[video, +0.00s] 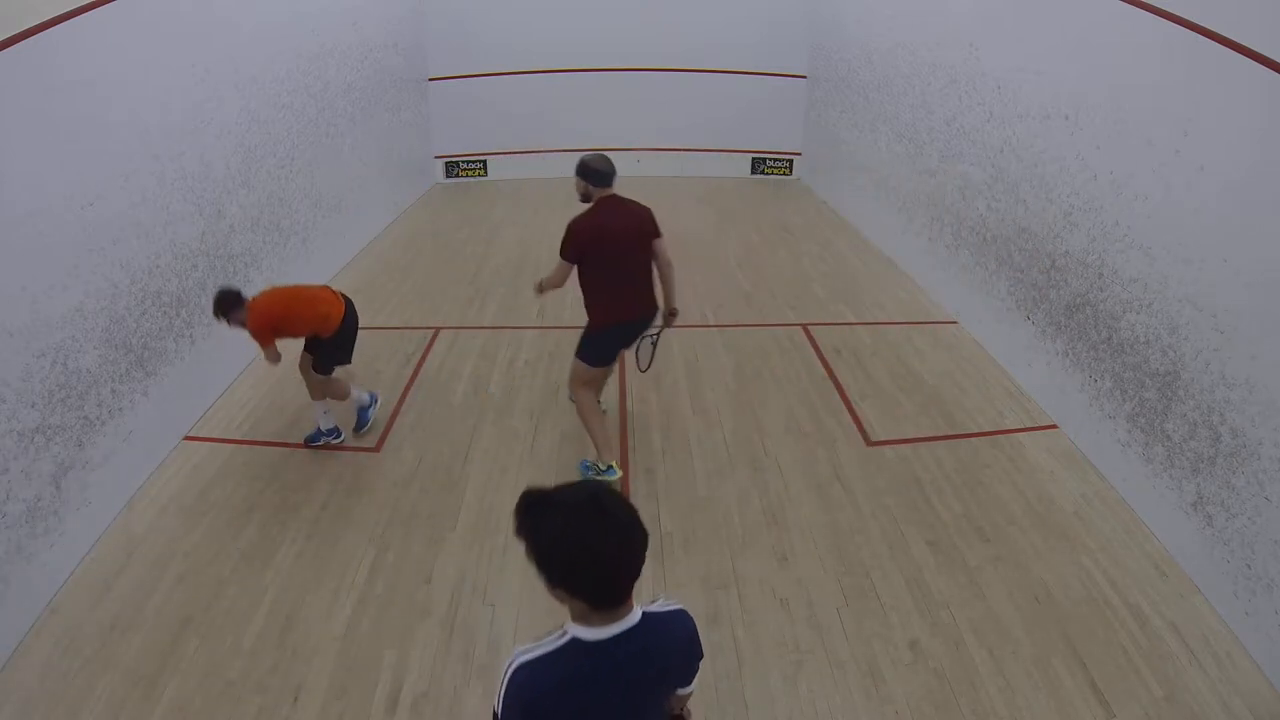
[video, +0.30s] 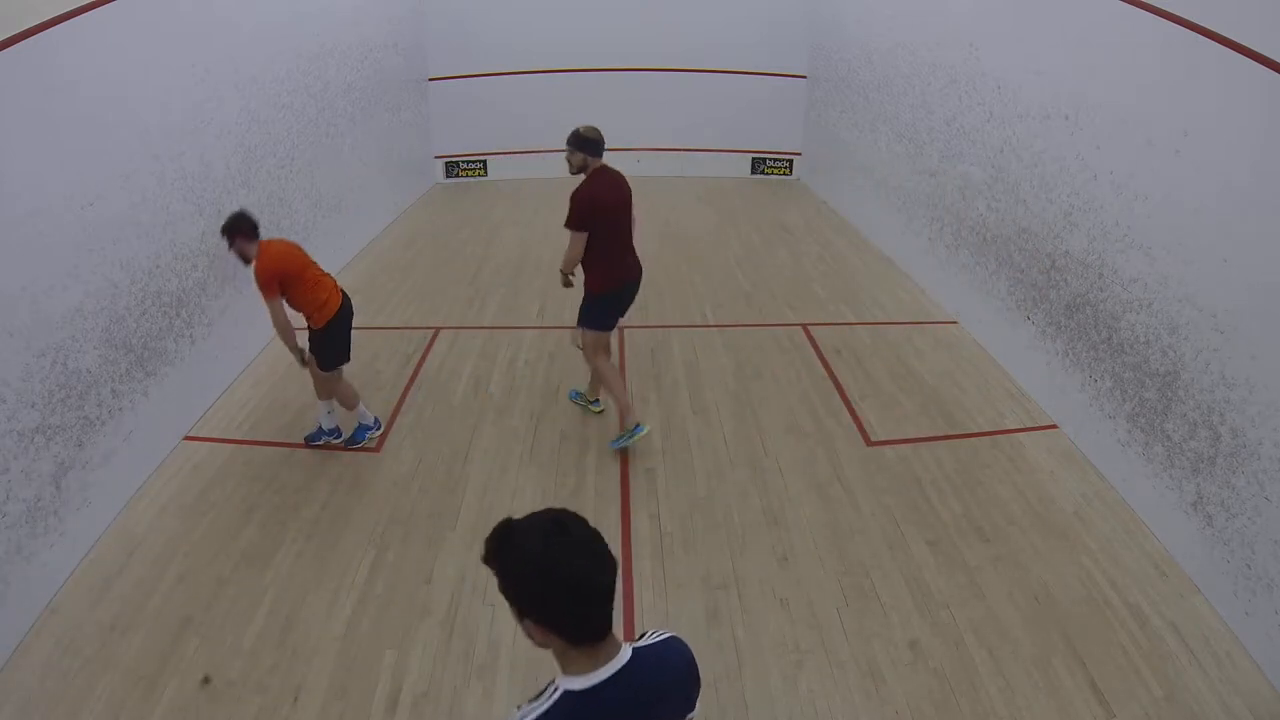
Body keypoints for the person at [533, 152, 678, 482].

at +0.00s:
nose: (575, 186)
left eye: (577, 181)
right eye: (576, 180)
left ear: (586, 184)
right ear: (611, 181)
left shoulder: (581, 226)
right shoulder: (641, 213)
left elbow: (559, 278)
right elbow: (664, 261)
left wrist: (543, 285)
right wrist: (670, 305)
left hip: (607, 322)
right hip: (643, 313)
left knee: (582, 389)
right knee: (607, 352)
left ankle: (607, 462)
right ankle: (590, 396)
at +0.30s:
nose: (566, 158)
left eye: (569, 153)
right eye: (567, 152)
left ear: (583, 155)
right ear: (596, 154)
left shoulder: (584, 195)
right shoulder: (618, 180)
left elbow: (575, 252)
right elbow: (623, 229)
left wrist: (565, 270)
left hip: (604, 283)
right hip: (629, 273)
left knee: (594, 350)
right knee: (598, 336)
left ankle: (630, 423)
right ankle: (593, 395)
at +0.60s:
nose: (596, 156)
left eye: (602, 152)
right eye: (595, 150)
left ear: (618, 154)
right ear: (598, 150)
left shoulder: (626, 189)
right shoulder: (609, 178)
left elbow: (625, 249)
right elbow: (610, 236)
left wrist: (603, 291)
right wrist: (602, 279)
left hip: (629, 279)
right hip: (612, 275)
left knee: (630, 335)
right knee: (608, 336)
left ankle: (665, 384)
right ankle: (594, 395)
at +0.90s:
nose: (628, 157)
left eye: (634, 153)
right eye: (626, 151)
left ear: (649, 154)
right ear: (624, 148)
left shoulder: (666, 188)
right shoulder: (621, 177)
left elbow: (678, 240)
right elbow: (618, 216)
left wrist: (675, 287)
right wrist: (606, 256)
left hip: (660, 273)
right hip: (629, 268)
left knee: (667, 328)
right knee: (614, 321)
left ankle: (669, 386)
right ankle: (618, 378)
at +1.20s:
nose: (637, 164)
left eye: (644, 159)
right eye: (634, 157)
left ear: (656, 156)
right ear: (628, 153)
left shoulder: (675, 187)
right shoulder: (619, 180)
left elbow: (696, 230)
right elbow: (609, 220)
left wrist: (707, 273)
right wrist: (598, 262)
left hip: (667, 271)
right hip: (633, 269)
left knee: (669, 325)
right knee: (635, 321)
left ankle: (669, 385)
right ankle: (636, 374)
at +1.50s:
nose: (627, 183)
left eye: (633, 178)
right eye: (622, 178)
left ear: (644, 168)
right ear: (616, 169)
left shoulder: (667, 184)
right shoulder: (608, 192)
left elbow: (686, 220)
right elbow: (600, 236)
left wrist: (689, 261)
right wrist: (593, 281)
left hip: (666, 267)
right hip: (632, 268)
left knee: (664, 323)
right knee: (636, 322)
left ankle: (668, 385)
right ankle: (636, 373)